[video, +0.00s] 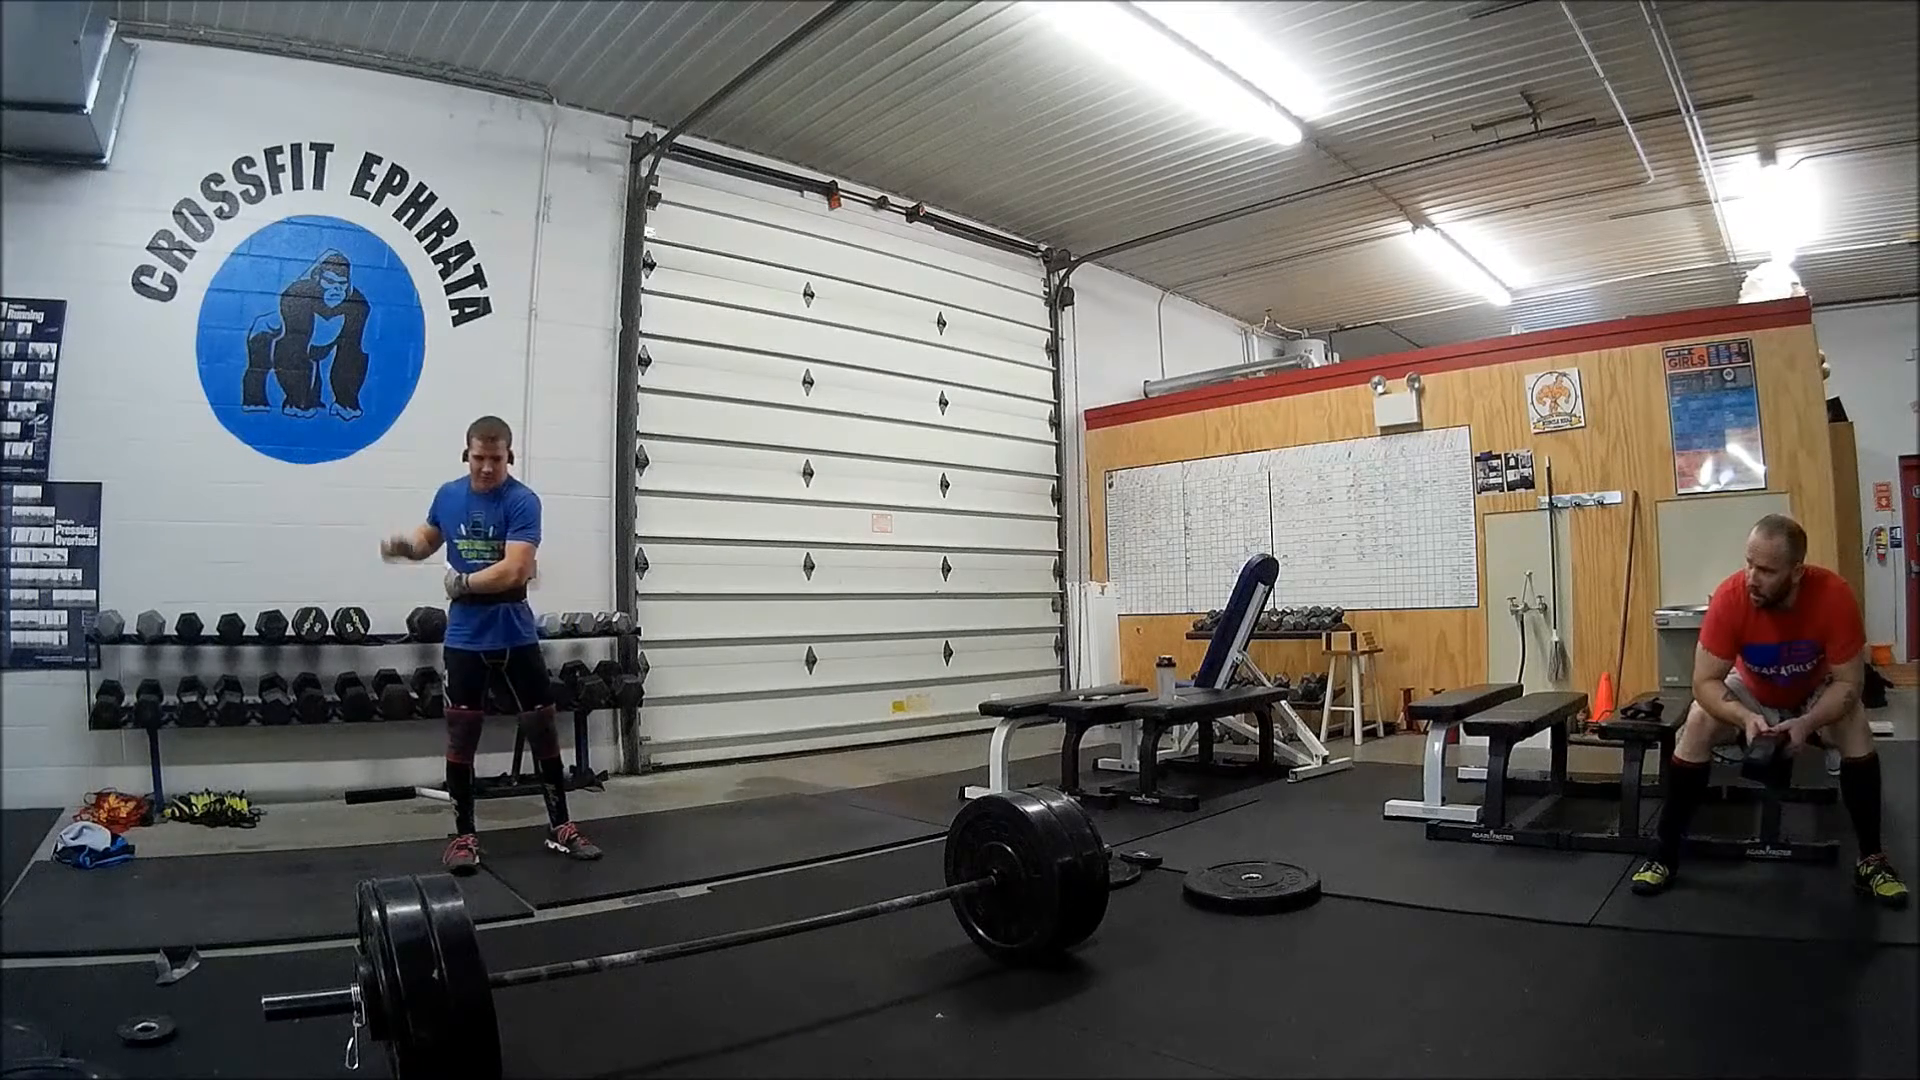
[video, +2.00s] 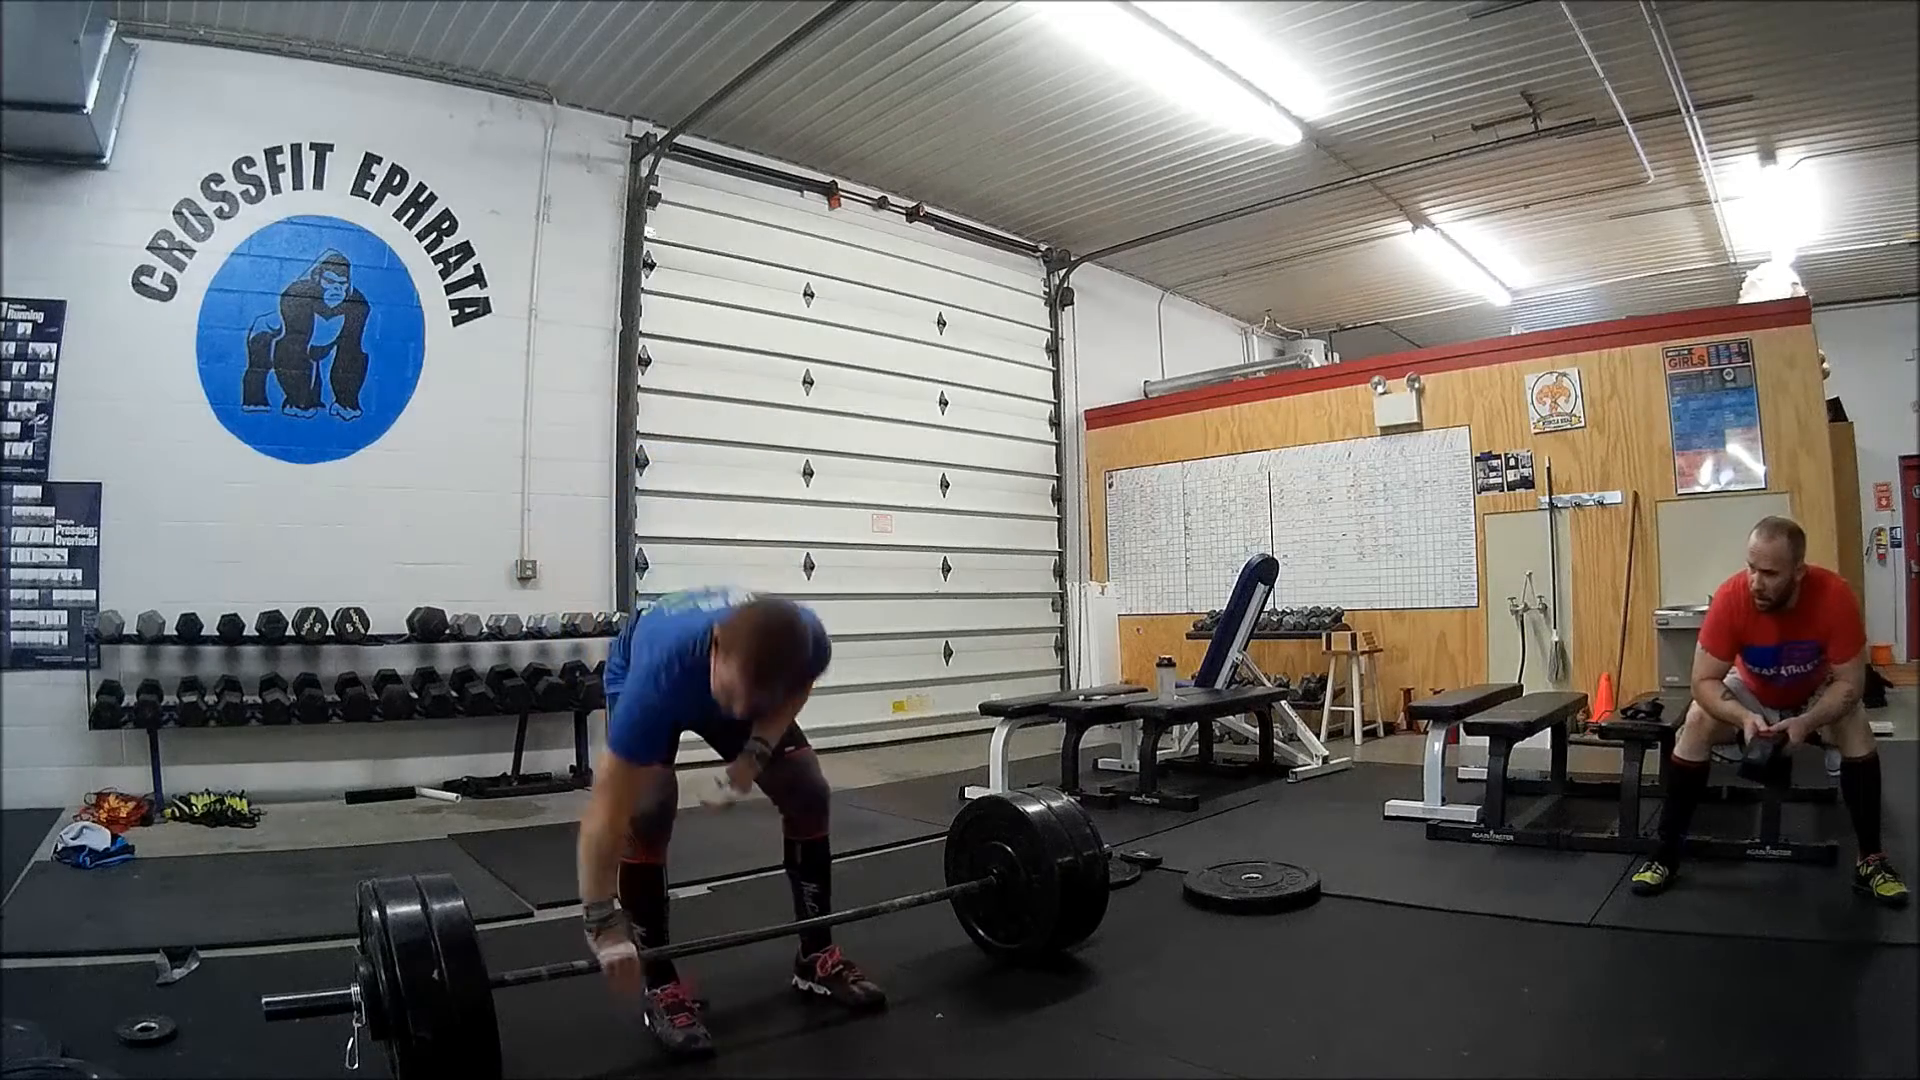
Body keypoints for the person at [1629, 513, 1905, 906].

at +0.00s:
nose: (1753, 579)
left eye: (1766, 571)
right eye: (1750, 565)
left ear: (1797, 569)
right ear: (1746, 558)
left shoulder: (1833, 595)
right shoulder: (1730, 597)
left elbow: (1849, 682)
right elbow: (1705, 683)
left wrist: (1807, 723)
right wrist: (1744, 717)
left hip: (1815, 695)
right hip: (1750, 693)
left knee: (1854, 722)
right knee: (1698, 721)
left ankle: (1871, 859)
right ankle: (1664, 856)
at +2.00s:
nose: (1757, 583)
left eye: (1770, 574)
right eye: (1752, 569)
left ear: (1798, 570)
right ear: (1747, 561)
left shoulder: (1834, 597)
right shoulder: (1731, 598)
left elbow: (1850, 684)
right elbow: (1703, 682)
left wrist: (1806, 722)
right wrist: (1742, 717)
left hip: (1815, 696)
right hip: (1751, 694)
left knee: (1854, 723)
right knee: (1696, 721)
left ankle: (1871, 859)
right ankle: (1665, 856)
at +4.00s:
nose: (1756, 584)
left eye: (1769, 575)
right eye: (1752, 570)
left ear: (1799, 569)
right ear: (1746, 562)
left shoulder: (1834, 595)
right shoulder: (1731, 598)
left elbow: (1850, 682)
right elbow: (1704, 683)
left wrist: (1808, 722)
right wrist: (1743, 718)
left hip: (1816, 695)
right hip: (1752, 694)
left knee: (1855, 723)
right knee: (1697, 721)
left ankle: (1871, 860)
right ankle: (1664, 857)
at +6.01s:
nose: (1758, 583)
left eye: (1771, 573)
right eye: (1753, 569)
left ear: (1800, 568)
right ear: (1747, 560)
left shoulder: (1834, 595)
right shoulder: (1732, 597)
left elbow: (1851, 681)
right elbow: (1705, 682)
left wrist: (1813, 722)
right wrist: (1742, 721)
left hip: (1816, 695)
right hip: (1752, 693)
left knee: (1854, 724)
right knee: (1698, 721)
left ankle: (1871, 860)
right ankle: (1664, 857)